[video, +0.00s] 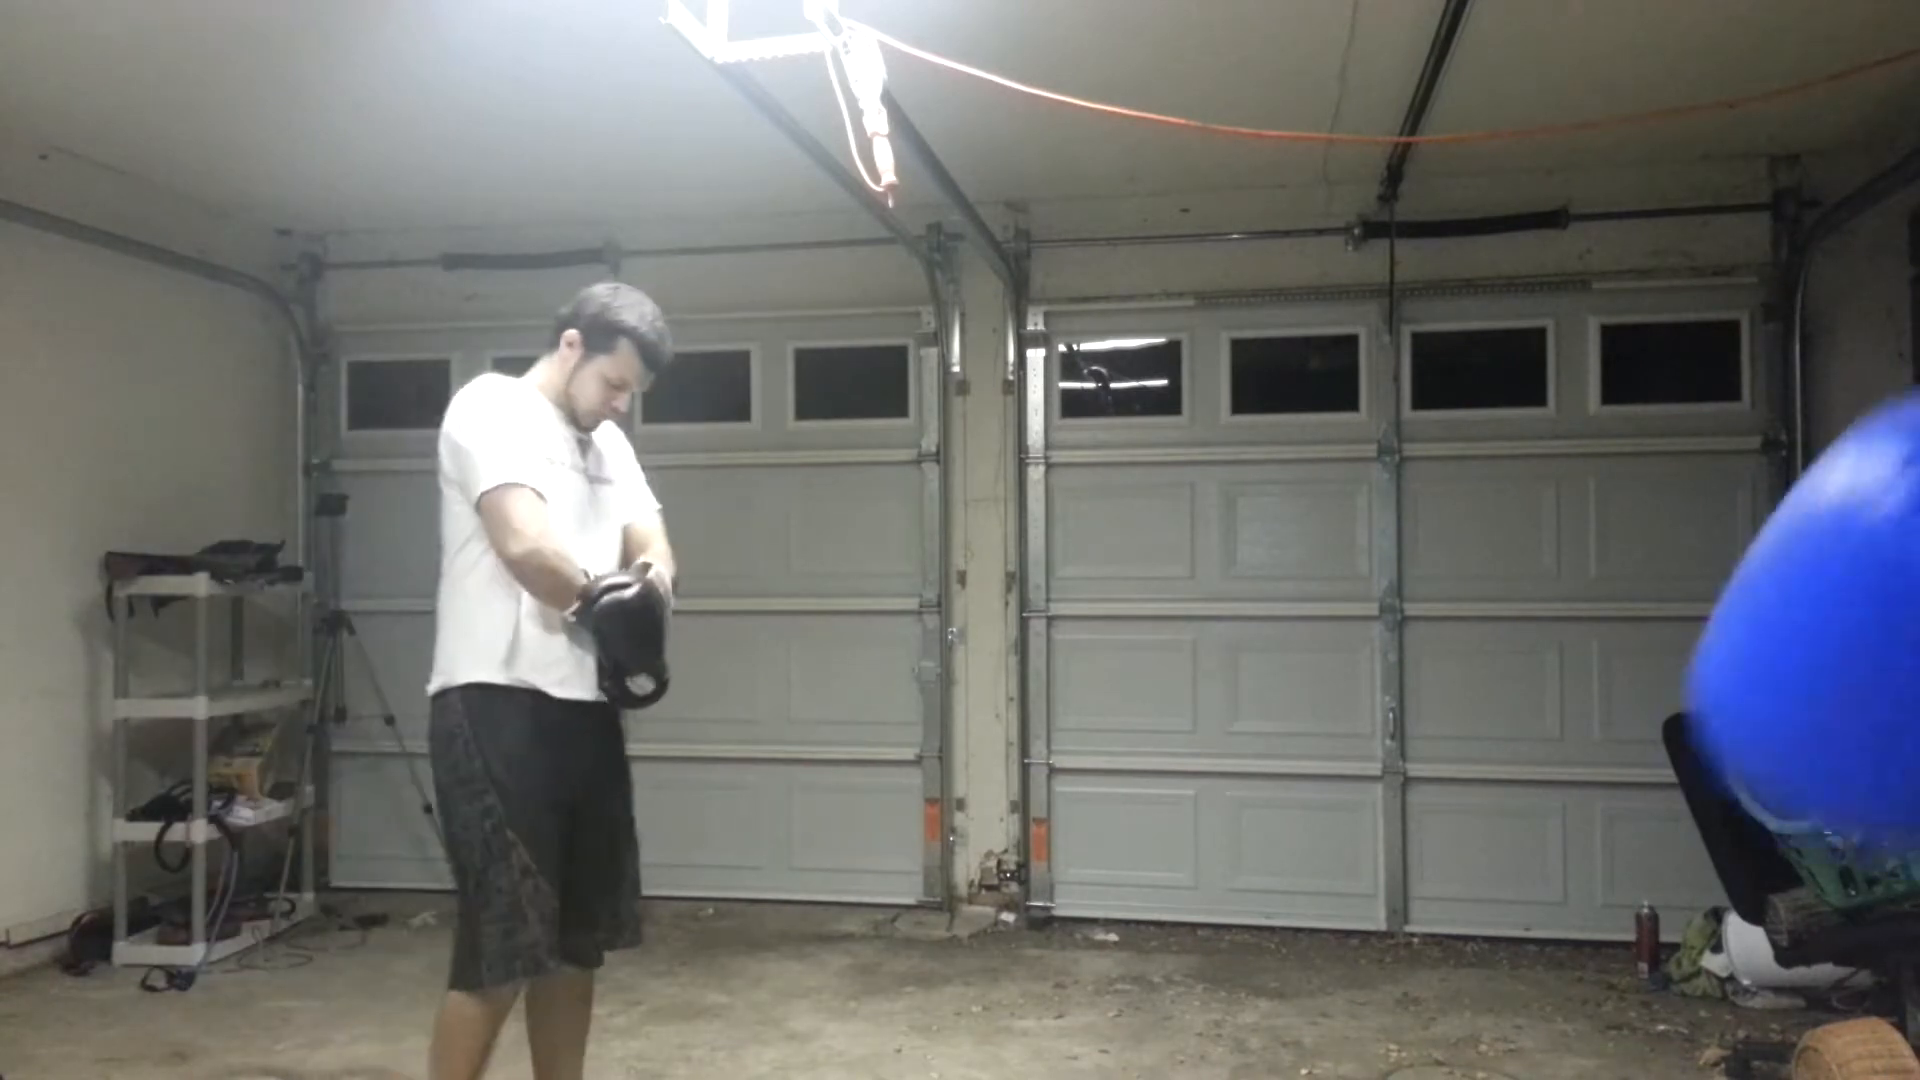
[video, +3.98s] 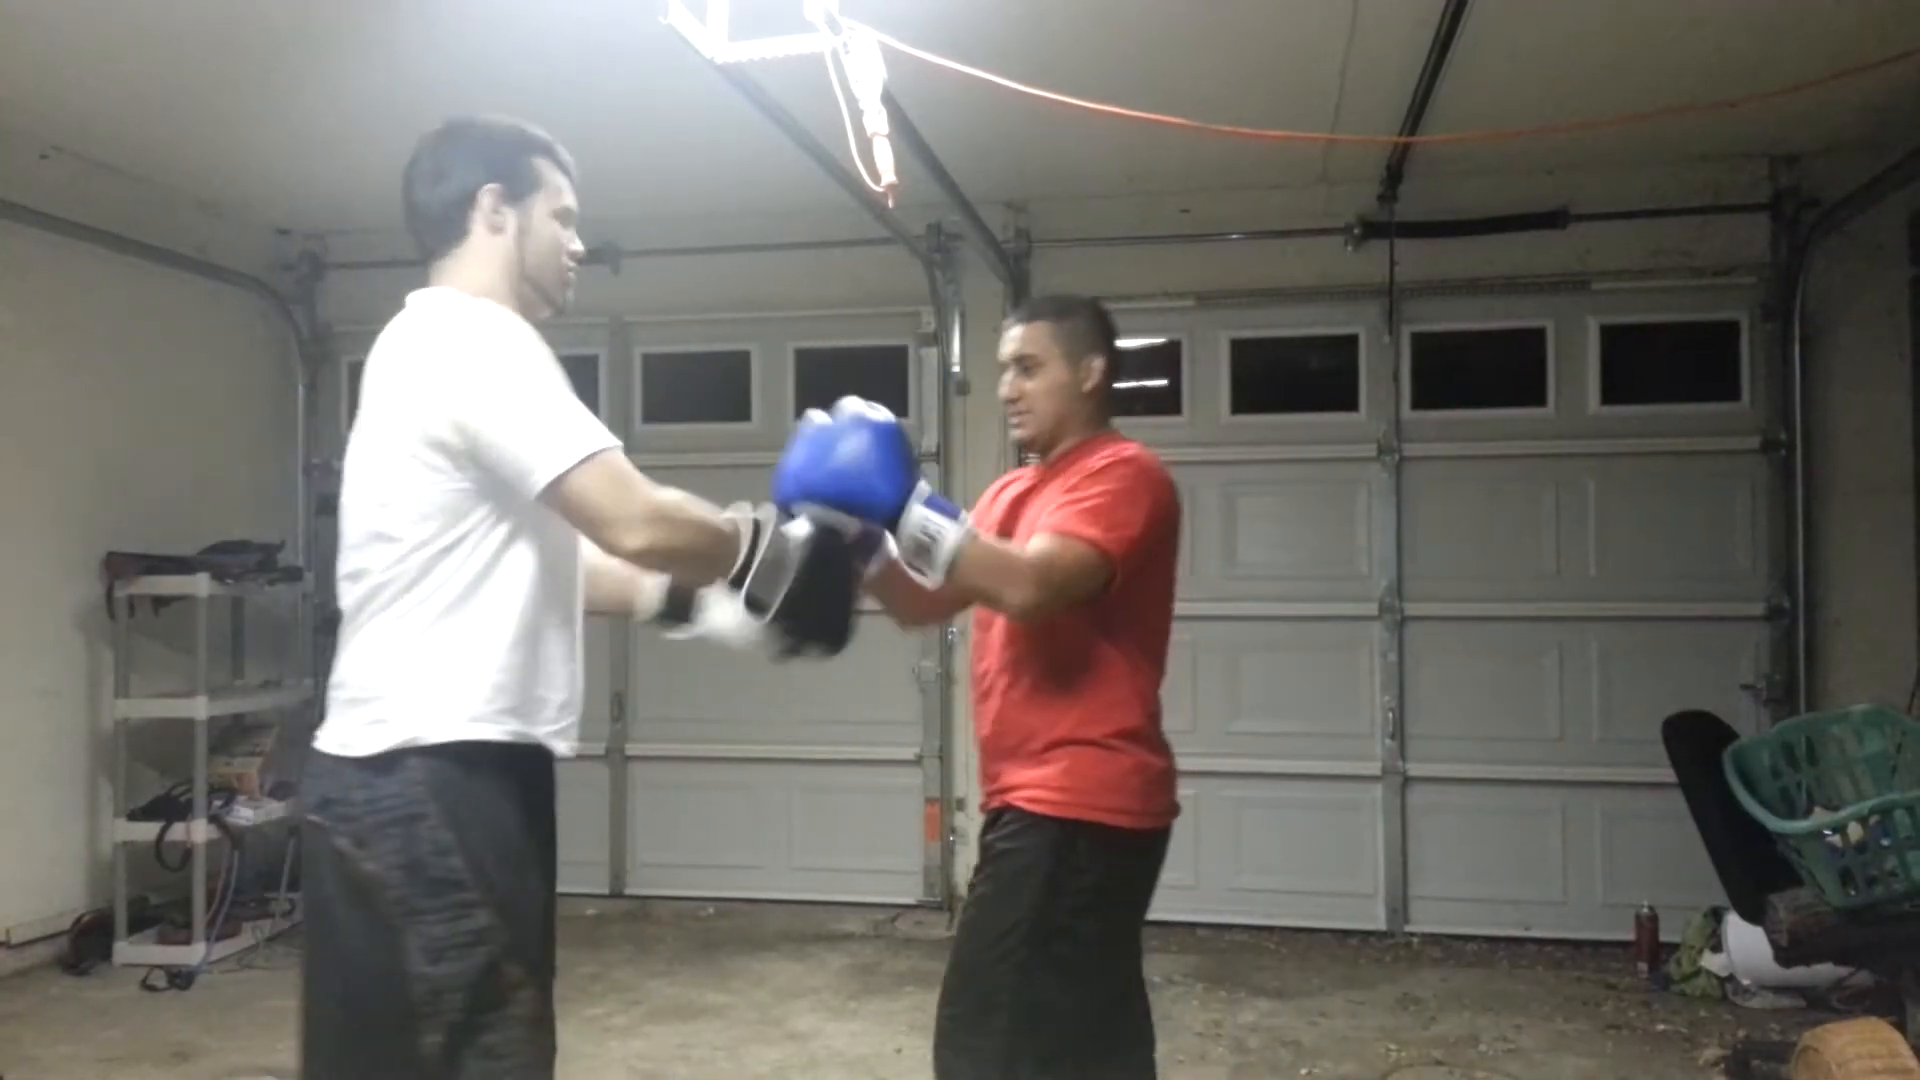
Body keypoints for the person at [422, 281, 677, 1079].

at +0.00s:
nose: (620, 407)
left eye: (632, 394)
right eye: (614, 384)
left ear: (635, 384)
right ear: (569, 347)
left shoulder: (610, 442)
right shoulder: (489, 405)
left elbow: (653, 551)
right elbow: (523, 546)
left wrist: (644, 589)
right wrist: (599, 605)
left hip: (584, 706)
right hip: (491, 701)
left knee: (575, 940)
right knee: (505, 933)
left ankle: (561, 1078)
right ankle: (450, 1070)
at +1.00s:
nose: (580, 311)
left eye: (596, 291)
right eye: (558, 290)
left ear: (617, 298)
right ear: (513, 296)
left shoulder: (658, 420)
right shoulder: (443, 427)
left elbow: (714, 563)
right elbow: (387, 591)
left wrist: (699, 591)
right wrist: (450, 611)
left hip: (647, 748)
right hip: (512, 757)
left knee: (667, 1001)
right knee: (522, 1021)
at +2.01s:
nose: (603, 321)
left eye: (621, 302)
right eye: (582, 295)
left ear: (638, 303)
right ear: (521, 283)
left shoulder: (647, 406)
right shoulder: (432, 395)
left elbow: (731, 568)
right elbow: (445, 550)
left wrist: (712, 414)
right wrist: (509, 388)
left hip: (631, 777)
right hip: (468, 777)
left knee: (678, 1049)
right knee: (461, 1053)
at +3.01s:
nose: (597, 327)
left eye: (609, 305)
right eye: (576, 299)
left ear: (615, 295)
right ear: (495, 281)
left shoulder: (622, 402)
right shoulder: (378, 393)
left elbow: (769, 465)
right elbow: (403, 569)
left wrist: (921, 474)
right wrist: (497, 409)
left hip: (589, 793)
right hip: (415, 793)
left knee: (621, 1058)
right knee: (391, 1060)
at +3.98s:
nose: (580, 251)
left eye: (577, 225)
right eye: (567, 219)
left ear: (487, 216)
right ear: (494, 209)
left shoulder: (423, 343)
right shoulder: (474, 337)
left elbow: (534, 558)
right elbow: (634, 520)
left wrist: (697, 600)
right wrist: (769, 547)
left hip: (392, 770)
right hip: (440, 776)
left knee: (377, 1060)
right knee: (485, 1053)